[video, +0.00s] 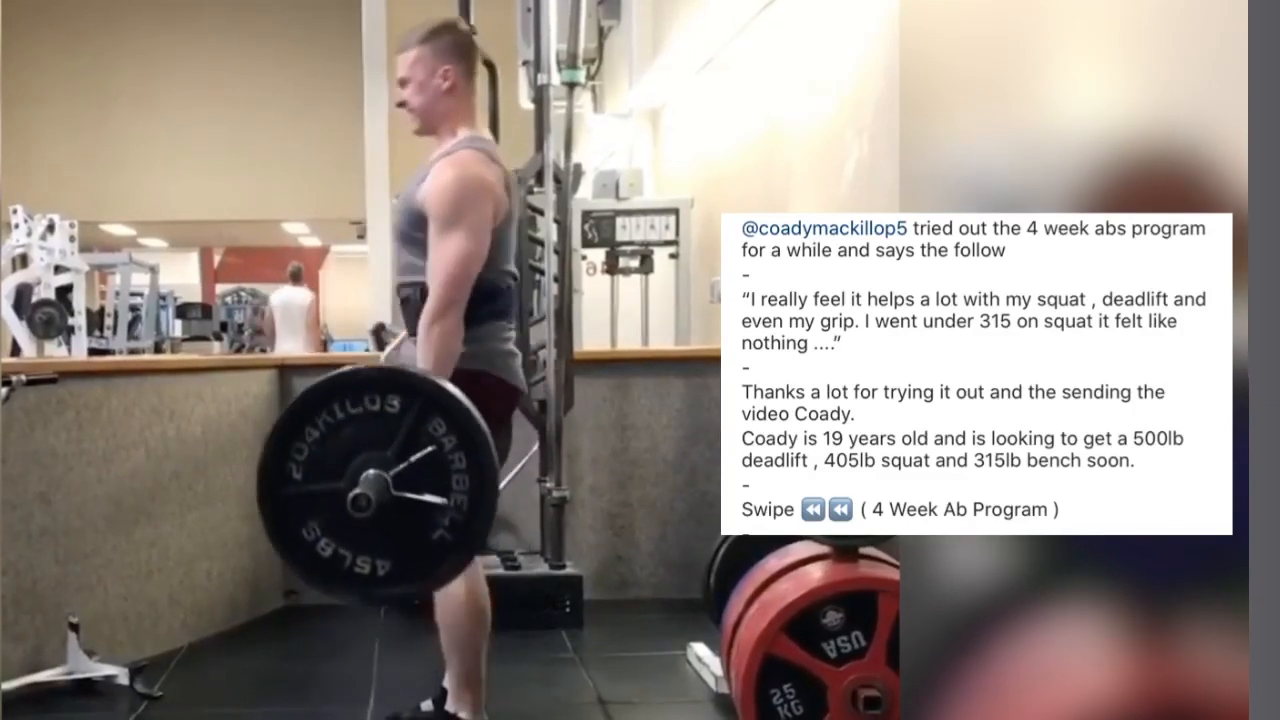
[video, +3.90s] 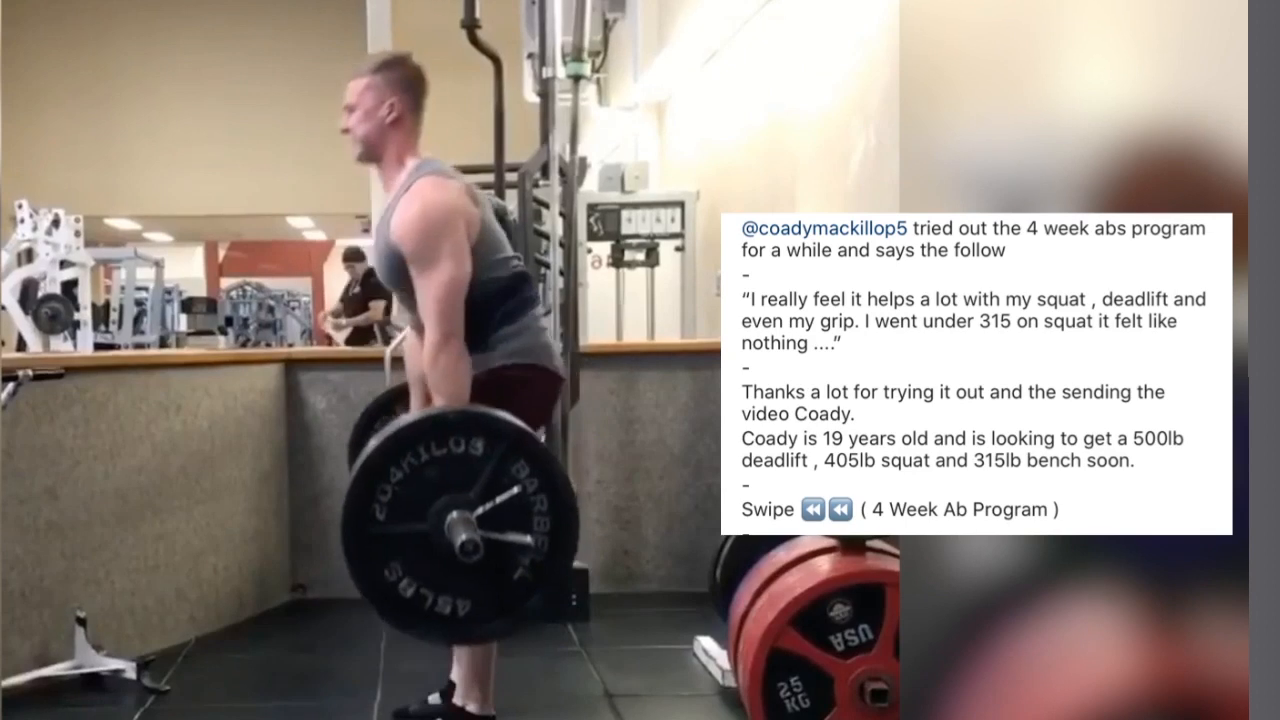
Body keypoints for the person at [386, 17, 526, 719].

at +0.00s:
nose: (400, 99)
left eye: (407, 83)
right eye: (399, 85)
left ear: (448, 80)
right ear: (449, 83)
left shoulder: (464, 170)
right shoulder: (459, 163)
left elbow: (446, 306)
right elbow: (439, 298)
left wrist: (424, 412)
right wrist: (391, 371)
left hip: (469, 373)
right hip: (469, 366)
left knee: (450, 545)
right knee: (452, 543)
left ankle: (467, 708)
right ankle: (461, 698)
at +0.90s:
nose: (319, 144)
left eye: (326, 129)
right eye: (320, 130)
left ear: (364, 130)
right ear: (367, 133)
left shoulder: (405, 219)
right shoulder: (393, 213)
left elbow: (421, 365)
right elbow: (409, 352)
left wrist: (420, 484)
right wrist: (407, 476)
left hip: (501, 389)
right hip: (481, 385)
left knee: (449, 534)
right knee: (445, 531)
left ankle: (467, 704)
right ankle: (462, 697)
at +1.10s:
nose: (273, 205)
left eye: (280, 192)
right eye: (274, 194)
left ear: (316, 193)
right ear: (316, 194)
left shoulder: (375, 275)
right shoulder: (359, 268)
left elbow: (409, 415)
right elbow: (402, 406)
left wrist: (426, 529)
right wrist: (420, 526)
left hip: (527, 379)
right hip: (502, 382)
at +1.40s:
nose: (240, 312)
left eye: (245, 299)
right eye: (239, 300)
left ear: (282, 297)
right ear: (286, 296)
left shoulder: (358, 363)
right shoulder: (350, 345)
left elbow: (407, 497)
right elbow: (397, 485)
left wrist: (427, 617)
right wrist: (422, 614)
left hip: (536, 390)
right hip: (527, 385)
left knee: (448, 541)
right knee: (449, 537)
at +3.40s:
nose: (276, 247)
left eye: (284, 235)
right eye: (277, 236)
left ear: (323, 236)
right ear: (322, 236)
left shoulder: (386, 312)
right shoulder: (367, 310)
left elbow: (421, 449)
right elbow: (395, 430)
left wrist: (439, 565)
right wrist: (415, 545)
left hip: (546, 384)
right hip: (517, 385)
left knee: (459, 524)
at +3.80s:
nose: (320, 146)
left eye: (329, 132)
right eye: (321, 133)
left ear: (366, 135)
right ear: (367, 137)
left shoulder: (412, 222)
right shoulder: (387, 220)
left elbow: (437, 362)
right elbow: (410, 353)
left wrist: (452, 484)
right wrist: (416, 452)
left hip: (522, 373)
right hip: (483, 373)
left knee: (468, 530)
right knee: (450, 525)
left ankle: (475, 700)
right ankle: (465, 692)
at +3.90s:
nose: (344, 122)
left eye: (353, 109)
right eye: (345, 109)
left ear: (393, 111)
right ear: (390, 113)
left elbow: (447, 339)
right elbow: (417, 327)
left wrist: (452, 465)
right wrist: (417, 427)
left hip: (513, 370)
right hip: (477, 365)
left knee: (474, 531)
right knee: (458, 524)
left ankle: (476, 701)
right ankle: (464, 691)